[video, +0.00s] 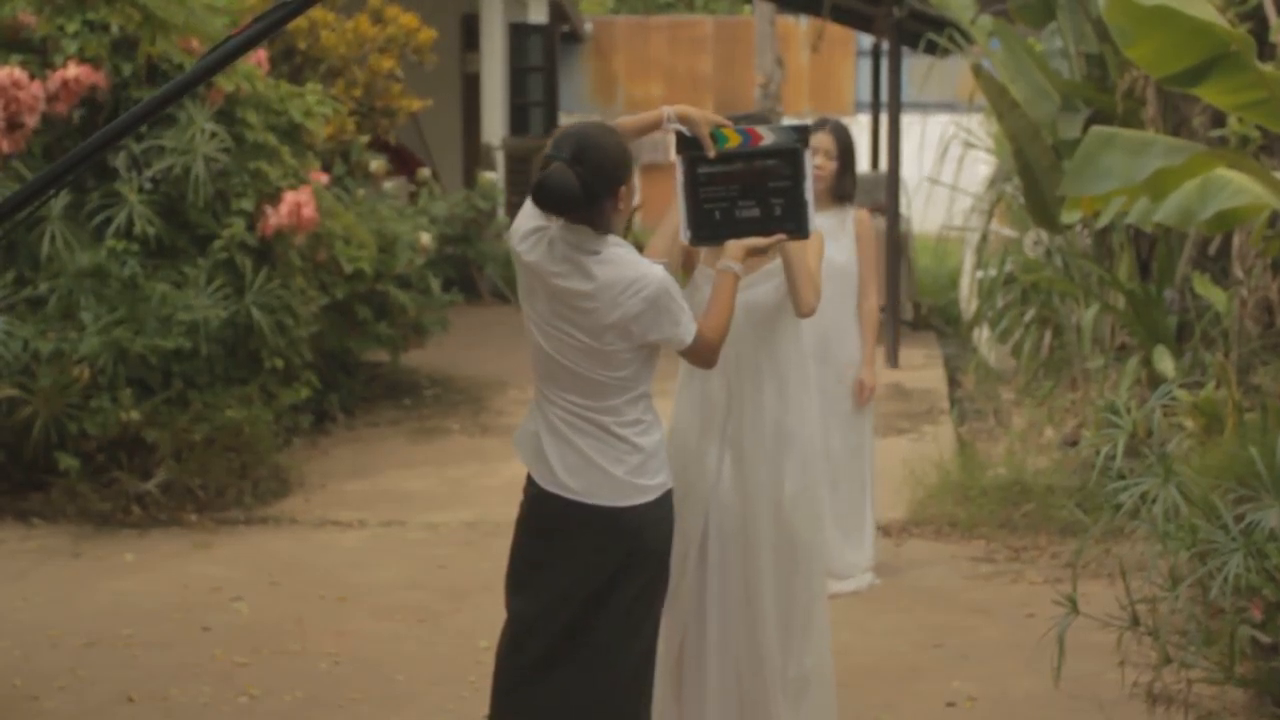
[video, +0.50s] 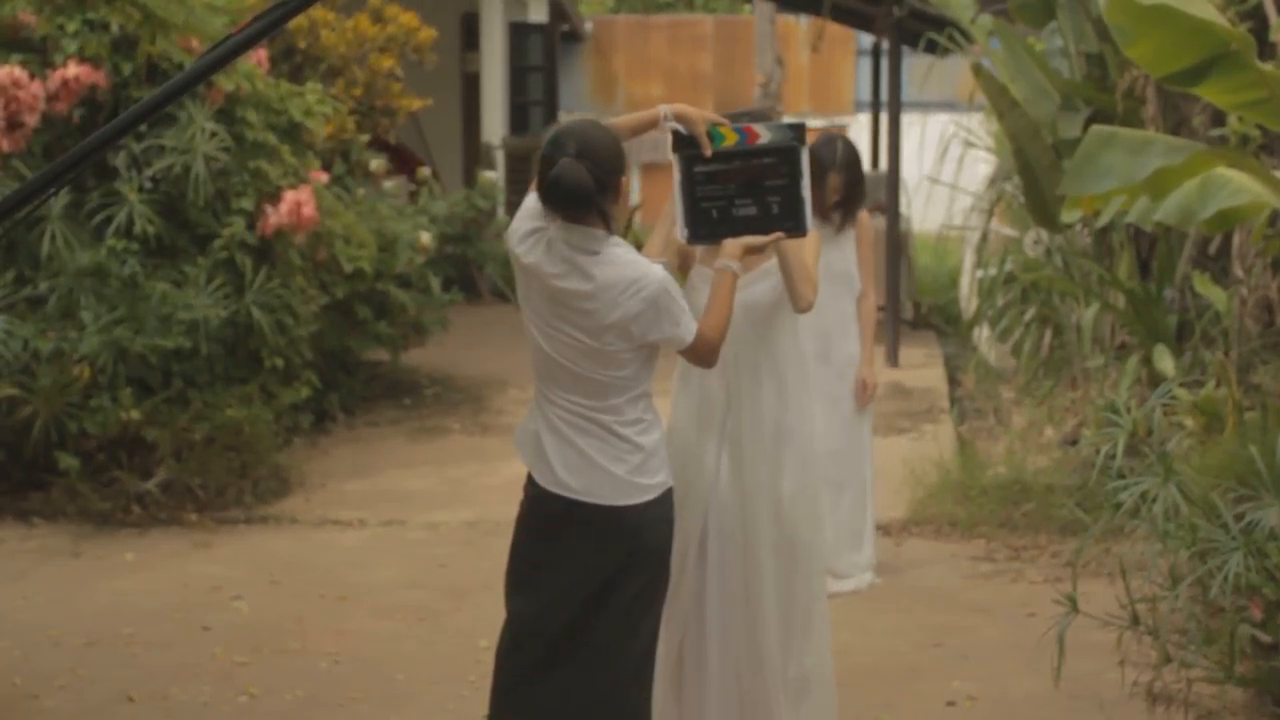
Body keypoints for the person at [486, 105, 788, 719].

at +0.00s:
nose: (636, 185)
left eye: (631, 175)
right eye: (632, 177)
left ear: (557, 182)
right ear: (621, 197)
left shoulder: (530, 241)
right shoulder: (639, 280)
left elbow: (567, 152)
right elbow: (703, 350)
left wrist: (663, 116)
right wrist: (730, 264)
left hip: (553, 489)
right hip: (632, 496)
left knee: (529, 651)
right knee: (619, 662)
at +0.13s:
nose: (632, 184)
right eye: (629, 175)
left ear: (550, 180)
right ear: (621, 194)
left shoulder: (530, 241)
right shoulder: (639, 280)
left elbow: (565, 152)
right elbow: (704, 349)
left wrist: (663, 115)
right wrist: (731, 263)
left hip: (553, 487)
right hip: (632, 494)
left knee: (528, 650)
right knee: (619, 661)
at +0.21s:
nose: (632, 182)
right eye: (628, 173)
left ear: (550, 179)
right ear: (620, 193)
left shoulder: (530, 240)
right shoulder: (639, 279)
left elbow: (566, 151)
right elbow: (704, 349)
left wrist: (664, 114)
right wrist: (731, 263)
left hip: (553, 487)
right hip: (632, 495)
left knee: (528, 651)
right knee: (619, 662)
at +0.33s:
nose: (632, 181)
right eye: (628, 173)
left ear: (549, 179)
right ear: (620, 194)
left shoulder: (529, 240)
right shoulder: (639, 280)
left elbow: (566, 148)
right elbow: (704, 350)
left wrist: (665, 114)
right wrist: (729, 264)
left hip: (553, 487)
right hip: (632, 495)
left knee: (529, 650)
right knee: (619, 661)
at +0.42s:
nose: (632, 180)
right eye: (628, 173)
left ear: (548, 180)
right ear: (619, 194)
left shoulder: (529, 240)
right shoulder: (639, 280)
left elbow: (565, 149)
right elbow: (704, 350)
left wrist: (664, 114)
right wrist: (729, 263)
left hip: (553, 487)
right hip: (632, 495)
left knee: (529, 650)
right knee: (619, 661)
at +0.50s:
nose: (630, 180)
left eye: (624, 170)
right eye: (626, 173)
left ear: (548, 179)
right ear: (618, 192)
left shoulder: (528, 241)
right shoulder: (639, 279)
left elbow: (561, 152)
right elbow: (704, 349)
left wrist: (662, 114)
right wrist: (729, 263)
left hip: (553, 487)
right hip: (632, 495)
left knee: (529, 651)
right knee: (619, 661)